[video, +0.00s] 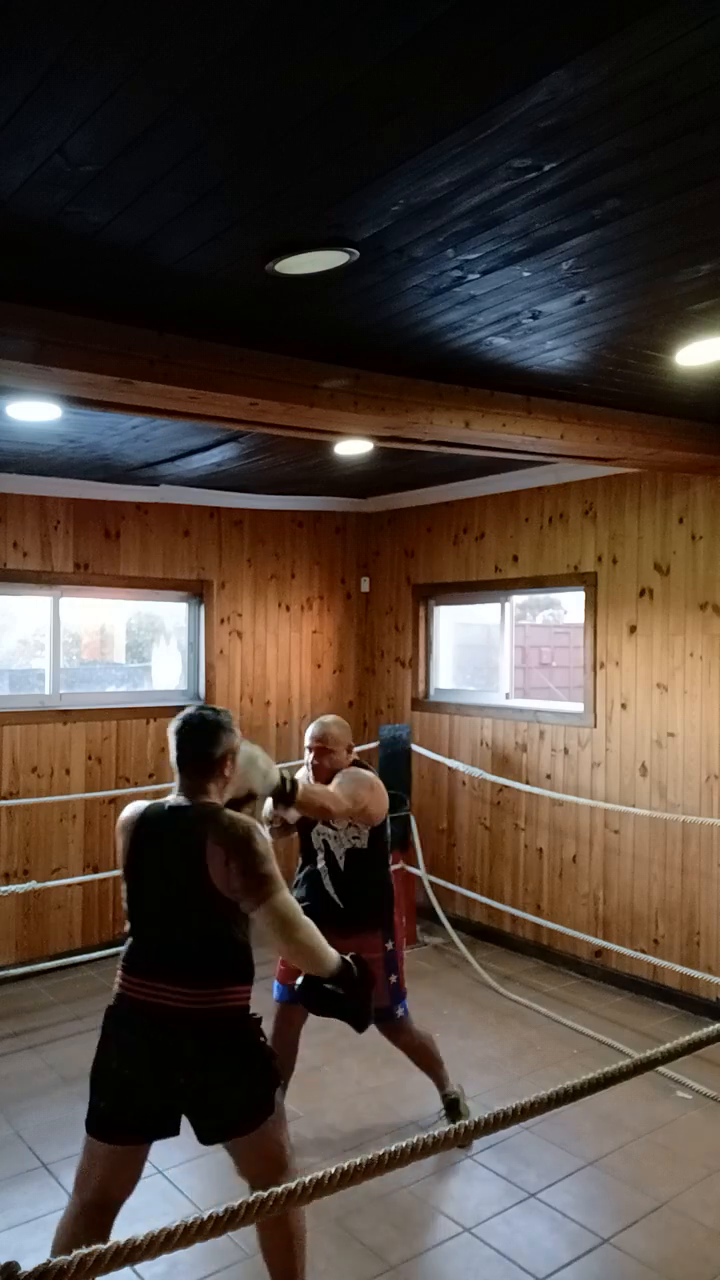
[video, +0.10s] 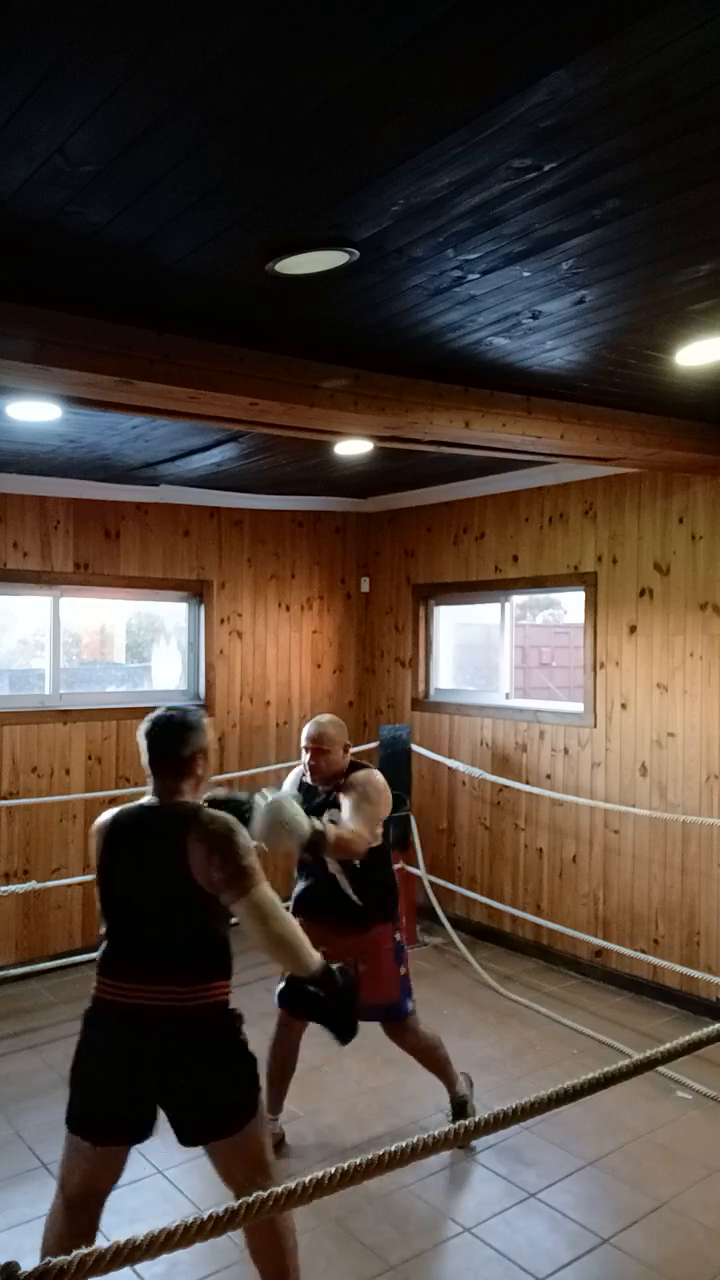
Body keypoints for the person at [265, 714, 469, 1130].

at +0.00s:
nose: (315, 758)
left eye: (325, 751)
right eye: (311, 749)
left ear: (348, 752)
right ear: (305, 748)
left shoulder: (365, 782)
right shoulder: (299, 782)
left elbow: (333, 803)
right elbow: (284, 868)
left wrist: (279, 785)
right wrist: (281, 821)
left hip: (367, 928)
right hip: (311, 927)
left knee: (395, 1027)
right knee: (285, 1021)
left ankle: (449, 1093)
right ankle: (271, 1113)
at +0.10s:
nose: (309, 759)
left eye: (319, 752)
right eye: (306, 750)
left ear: (345, 752)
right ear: (300, 748)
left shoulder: (368, 784)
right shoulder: (297, 780)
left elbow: (354, 841)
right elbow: (278, 838)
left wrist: (300, 826)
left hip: (371, 929)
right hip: (313, 924)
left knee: (404, 1031)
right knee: (289, 1024)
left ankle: (458, 1089)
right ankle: (270, 1123)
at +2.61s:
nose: (209, 774)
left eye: (210, 765)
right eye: (214, 765)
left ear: (219, 763)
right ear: (258, 760)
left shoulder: (216, 808)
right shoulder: (292, 799)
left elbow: (165, 890)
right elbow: (279, 875)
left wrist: (166, 839)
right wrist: (203, 846)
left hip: (248, 980)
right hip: (298, 972)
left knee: (207, 1123)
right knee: (262, 1081)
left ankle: (283, 1247)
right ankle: (261, 1190)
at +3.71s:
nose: (128, 769)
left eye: (129, 762)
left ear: (134, 763)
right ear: (186, 762)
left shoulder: (125, 816)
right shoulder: (225, 802)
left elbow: (80, 898)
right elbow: (248, 876)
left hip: (163, 984)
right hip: (222, 971)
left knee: (127, 1117)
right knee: (217, 1052)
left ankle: (143, 1256)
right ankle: (241, 1154)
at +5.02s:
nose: (87, 762)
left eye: (88, 755)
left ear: (94, 756)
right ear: (141, 749)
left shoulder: (87, 803)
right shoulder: (181, 788)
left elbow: (44, 872)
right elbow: (211, 855)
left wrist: (58, 813)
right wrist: (173, 822)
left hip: (125, 960)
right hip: (180, 946)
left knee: (108, 1088)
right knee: (161, 1031)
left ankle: (137, 1227)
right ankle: (173, 1132)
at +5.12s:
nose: (97, 755)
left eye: (95, 748)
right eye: (136, 743)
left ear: (95, 751)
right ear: (144, 746)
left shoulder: (83, 800)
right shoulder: (178, 787)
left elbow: (39, 865)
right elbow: (202, 852)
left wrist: (60, 806)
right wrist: (169, 810)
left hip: (117, 962)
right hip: (172, 950)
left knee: (106, 1085)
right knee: (152, 1042)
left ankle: (137, 1225)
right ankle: (160, 1154)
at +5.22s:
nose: (90, 760)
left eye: (91, 753)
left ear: (96, 754)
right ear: (144, 752)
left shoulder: (79, 800)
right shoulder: (176, 793)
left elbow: (37, 867)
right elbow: (194, 858)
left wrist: (60, 806)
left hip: (109, 960)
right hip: (168, 952)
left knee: (67, 1083)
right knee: (149, 1045)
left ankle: (114, 1208)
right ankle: (161, 1160)